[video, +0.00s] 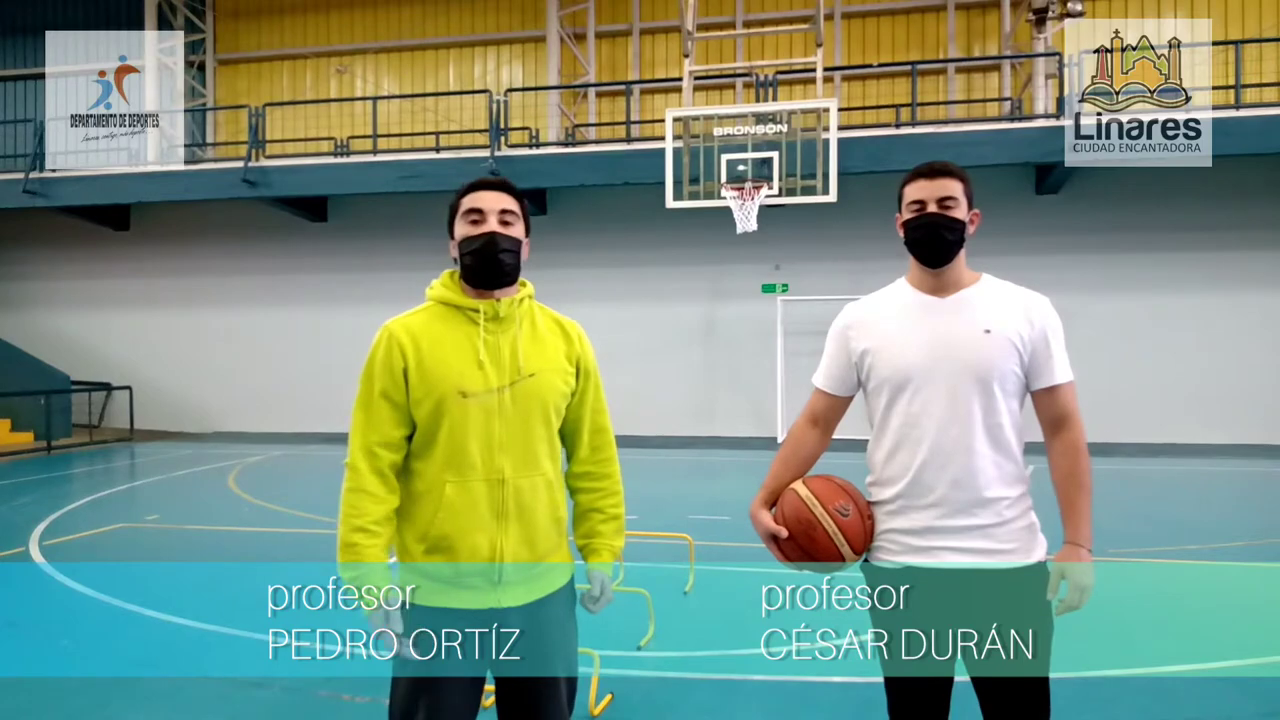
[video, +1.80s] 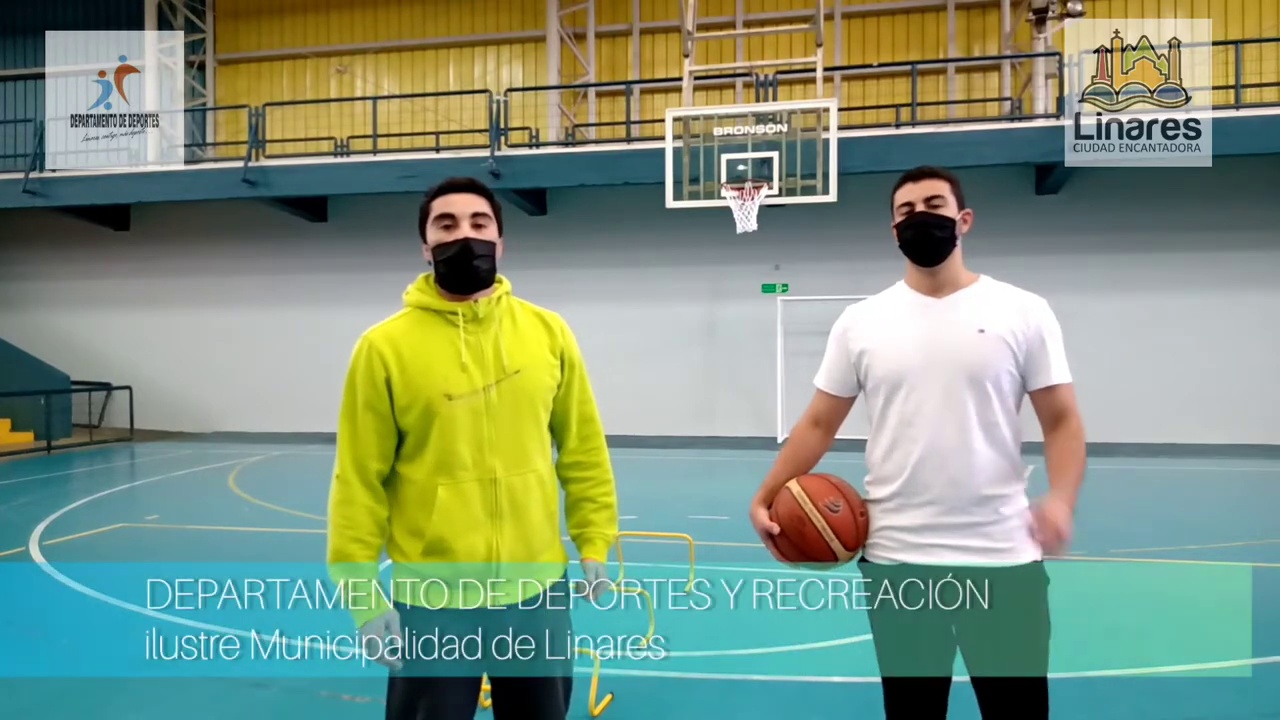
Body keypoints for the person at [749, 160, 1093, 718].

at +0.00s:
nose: (931, 216)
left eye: (946, 205)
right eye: (916, 208)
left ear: (972, 220)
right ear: (899, 226)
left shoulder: (1026, 313)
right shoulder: (860, 322)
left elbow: (1063, 430)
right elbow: (815, 423)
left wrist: (1077, 543)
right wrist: (761, 502)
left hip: (1006, 561)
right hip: (903, 562)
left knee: (1019, 711)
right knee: (914, 713)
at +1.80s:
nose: (920, 215)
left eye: (935, 204)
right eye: (905, 210)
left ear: (964, 220)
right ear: (894, 232)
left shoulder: (1023, 313)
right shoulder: (860, 324)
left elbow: (1063, 423)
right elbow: (816, 425)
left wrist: (1060, 500)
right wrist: (763, 496)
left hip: (1001, 556)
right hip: (899, 557)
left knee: (1017, 709)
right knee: (911, 713)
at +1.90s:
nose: (915, 215)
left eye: (930, 204)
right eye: (901, 212)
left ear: (961, 219)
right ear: (891, 234)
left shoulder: (1021, 313)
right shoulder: (859, 324)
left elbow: (1066, 422)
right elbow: (815, 424)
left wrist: (1037, 435)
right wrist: (762, 494)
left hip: (998, 557)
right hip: (896, 557)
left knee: (1017, 710)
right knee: (909, 714)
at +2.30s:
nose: (900, 221)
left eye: (915, 209)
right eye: (887, 218)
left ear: (949, 222)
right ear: (880, 238)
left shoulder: (1003, 310)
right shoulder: (853, 324)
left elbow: (1053, 421)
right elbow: (812, 425)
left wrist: (1016, 348)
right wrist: (761, 489)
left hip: (983, 553)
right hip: (885, 554)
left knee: (1005, 710)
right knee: (902, 711)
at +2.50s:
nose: (946, 239)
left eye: (958, 230)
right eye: (929, 232)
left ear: (976, 250)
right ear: (910, 253)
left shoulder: (1020, 323)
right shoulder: (875, 344)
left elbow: (1102, 397)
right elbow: (855, 455)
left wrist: (1042, 406)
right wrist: (853, 544)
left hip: (1010, 547)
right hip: (915, 550)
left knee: (1022, 691)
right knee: (915, 696)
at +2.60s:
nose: (931, 236)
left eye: (945, 229)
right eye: (916, 230)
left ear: (965, 250)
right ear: (900, 257)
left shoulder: (1017, 327)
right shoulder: (870, 347)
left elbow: (1081, 419)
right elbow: (854, 453)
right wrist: (853, 535)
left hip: (1009, 553)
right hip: (912, 556)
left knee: (1029, 701)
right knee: (916, 702)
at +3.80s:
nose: (1008, 235)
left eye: (1025, 227)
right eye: (991, 225)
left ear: (1044, 250)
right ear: (970, 246)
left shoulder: (1089, 343)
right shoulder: (919, 340)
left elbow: (1119, 469)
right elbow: (893, 460)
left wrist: (1118, 576)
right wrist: (894, 559)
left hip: (1050, 583)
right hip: (943, 580)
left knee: (1054, 713)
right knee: (936, 710)